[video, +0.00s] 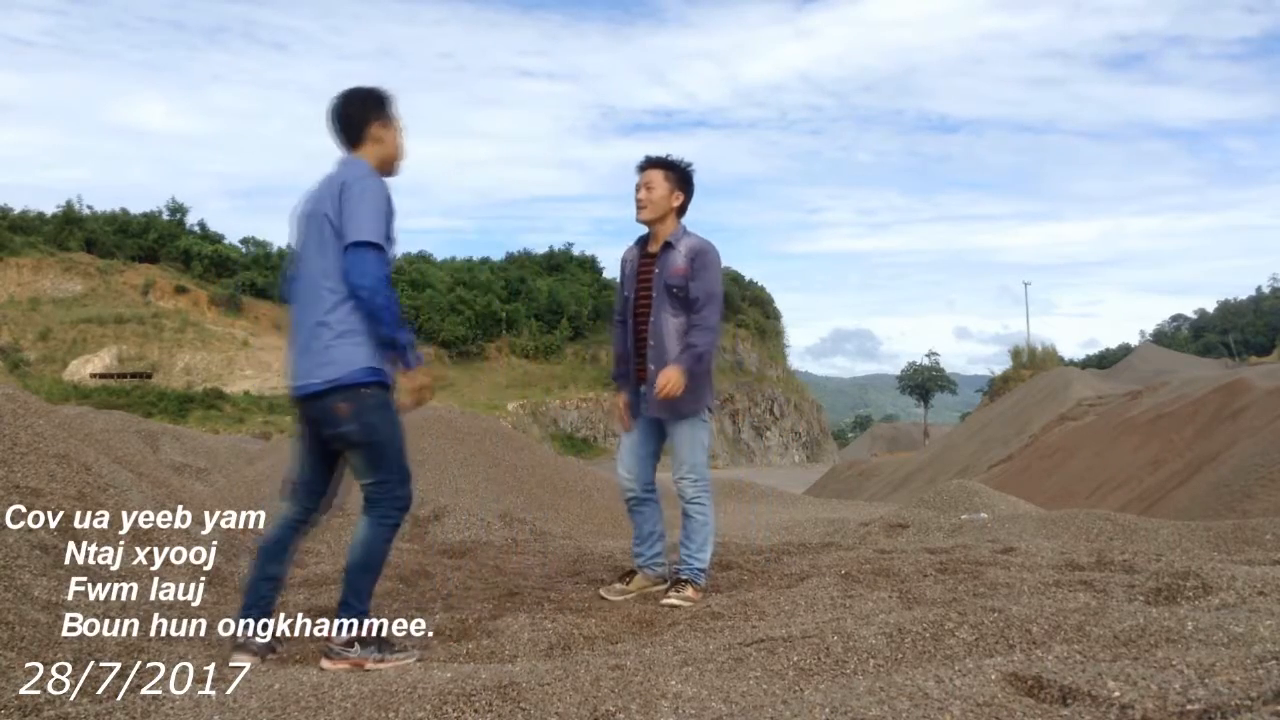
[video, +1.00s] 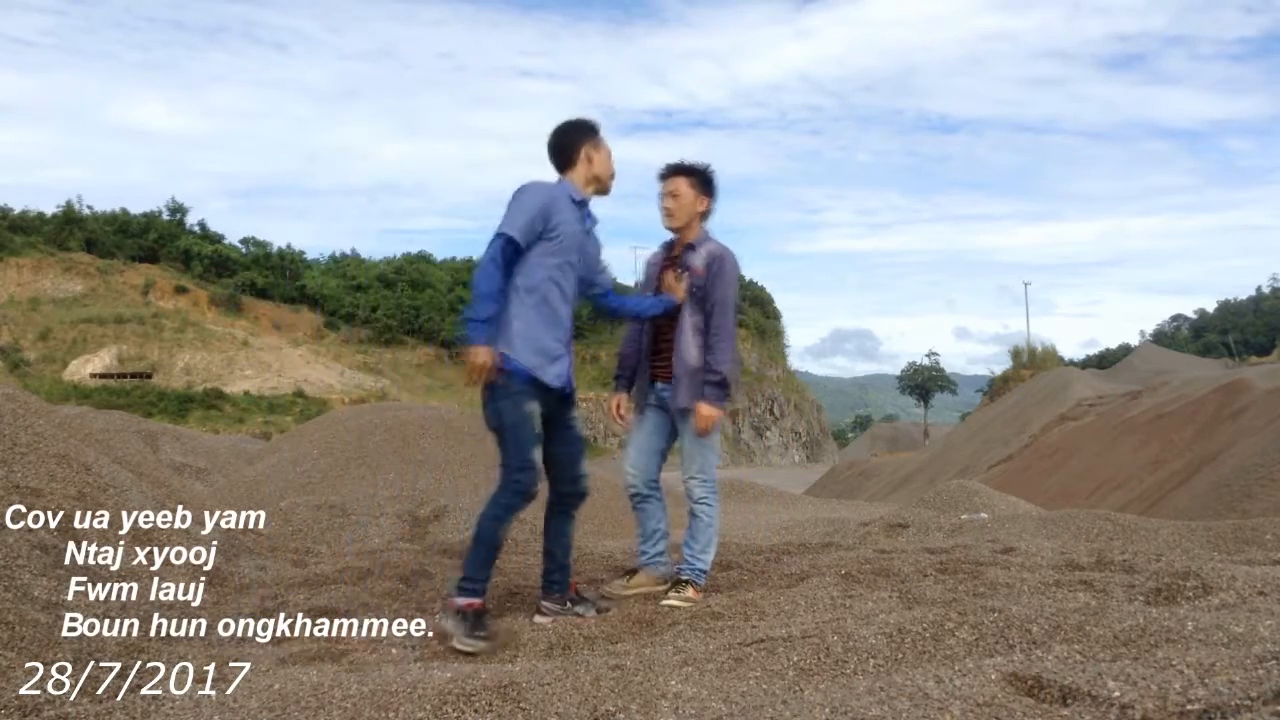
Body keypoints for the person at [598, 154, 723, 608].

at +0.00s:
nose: (639, 195)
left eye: (649, 188)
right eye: (638, 188)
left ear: (677, 198)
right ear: (641, 197)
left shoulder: (699, 252)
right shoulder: (631, 257)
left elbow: (707, 323)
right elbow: (623, 325)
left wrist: (683, 366)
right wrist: (623, 385)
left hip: (685, 390)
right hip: (642, 391)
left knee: (690, 484)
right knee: (634, 482)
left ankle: (691, 577)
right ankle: (651, 570)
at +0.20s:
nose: (642, 191)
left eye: (652, 184)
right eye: (640, 184)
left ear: (680, 193)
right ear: (640, 192)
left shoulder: (701, 249)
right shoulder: (632, 251)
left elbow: (701, 325)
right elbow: (616, 317)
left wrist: (681, 384)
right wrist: (602, 375)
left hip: (683, 385)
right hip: (637, 383)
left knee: (689, 481)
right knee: (633, 479)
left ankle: (691, 576)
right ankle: (649, 569)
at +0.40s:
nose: (647, 196)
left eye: (657, 188)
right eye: (645, 189)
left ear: (685, 197)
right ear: (646, 196)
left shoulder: (706, 255)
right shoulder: (635, 255)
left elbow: (709, 330)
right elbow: (615, 321)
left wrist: (692, 389)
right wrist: (593, 379)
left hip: (684, 391)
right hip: (638, 389)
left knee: (689, 485)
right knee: (634, 483)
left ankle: (692, 578)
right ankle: (649, 571)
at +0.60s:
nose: (653, 198)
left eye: (662, 191)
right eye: (650, 191)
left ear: (690, 200)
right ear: (648, 199)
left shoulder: (711, 258)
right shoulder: (640, 258)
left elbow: (720, 330)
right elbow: (625, 325)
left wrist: (715, 391)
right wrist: (614, 383)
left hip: (689, 394)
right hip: (643, 393)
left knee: (692, 487)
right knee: (633, 484)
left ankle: (693, 576)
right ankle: (650, 569)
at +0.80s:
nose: (655, 200)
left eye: (665, 192)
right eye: (653, 193)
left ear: (692, 201)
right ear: (652, 200)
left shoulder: (712, 259)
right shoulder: (644, 259)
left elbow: (726, 331)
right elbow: (632, 325)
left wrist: (725, 394)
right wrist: (625, 387)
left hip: (692, 394)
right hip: (647, 392)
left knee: (694, 486)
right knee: (636, 483)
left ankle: (693, 577)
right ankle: (649, 569)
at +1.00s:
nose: (665, 204)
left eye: (674, 196)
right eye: (662, 197)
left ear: (702, 203)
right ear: (663, 203)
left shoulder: (718, 260)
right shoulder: (655, 261)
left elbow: (723, 331)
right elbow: (639, 325)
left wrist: (714, 394)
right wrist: (622, 384)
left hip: (696, 393)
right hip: (654, 391)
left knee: (698, 486)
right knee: (639, 477)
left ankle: (693, 576)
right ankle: (654, 567)